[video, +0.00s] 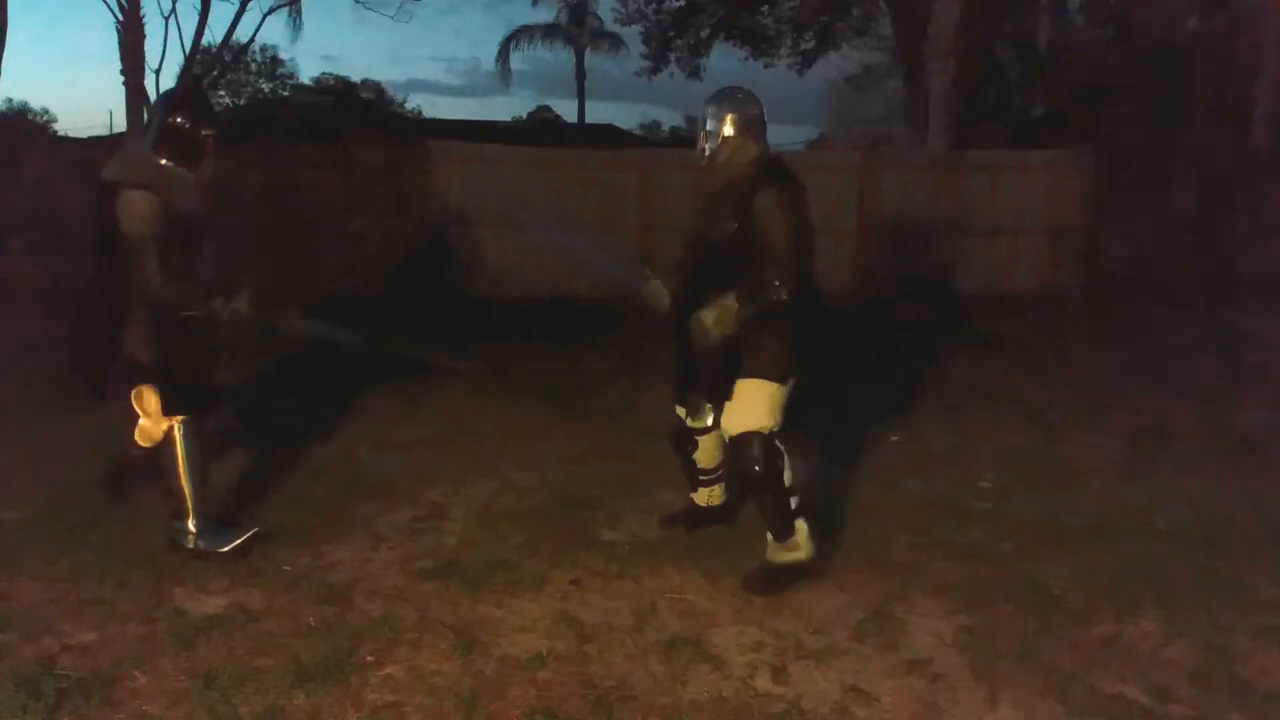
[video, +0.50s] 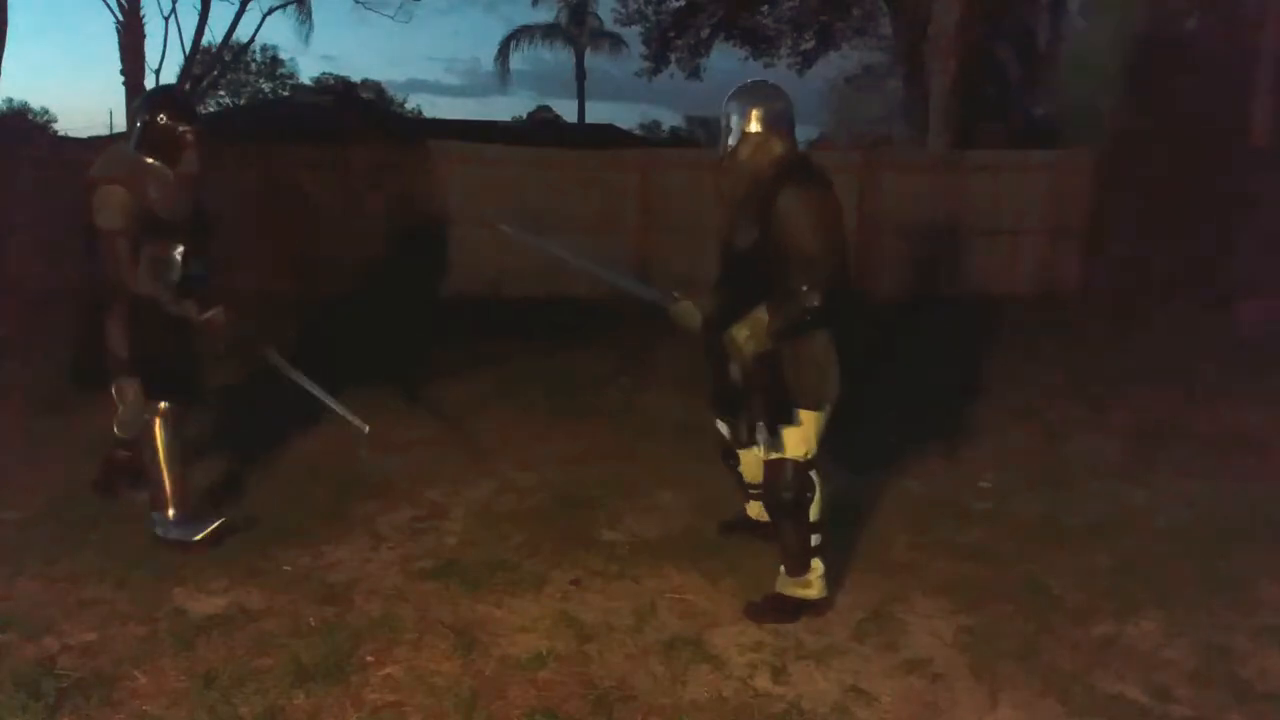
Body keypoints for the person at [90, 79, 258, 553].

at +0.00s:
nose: (206, 143)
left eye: (207, 133)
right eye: (199, 133)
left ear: (170, 133)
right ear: (174, 131)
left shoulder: (175, 184)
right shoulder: (142, 192)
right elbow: (150, 282)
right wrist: (210, 306)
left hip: (175, 321)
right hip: (158, 326)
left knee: (161, 414)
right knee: (180, 417)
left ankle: (125, 470)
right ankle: (195, 523)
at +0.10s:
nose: (203, 144)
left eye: (203, 134)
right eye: (196, 134)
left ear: (165, 138)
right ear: (168, 136)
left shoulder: (175, 187)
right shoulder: (134, 193)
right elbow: (141, 283)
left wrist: (208, 302)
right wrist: (202, 309)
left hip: (174, 316)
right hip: (153, 320)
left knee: (159, 407)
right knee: (179, 413)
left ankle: (123, 465)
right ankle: (194, 522)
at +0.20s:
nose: (195, 144)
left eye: (196, 134)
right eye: (187, 134)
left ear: (159, 135)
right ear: (161, 134)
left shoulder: (165, 182)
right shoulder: (128, 187)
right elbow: (132, 276)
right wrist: (189, 308)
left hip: (160, 310)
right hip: (140, 315)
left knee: (152, 398)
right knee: (174, 404)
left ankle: (124, 468)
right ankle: (192, 516)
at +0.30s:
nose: (192, 143)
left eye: (193, 133)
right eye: (185, 132)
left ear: (151, 131)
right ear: (161, 131)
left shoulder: (160, 181)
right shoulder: (123, 181)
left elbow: (166, 257)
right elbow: (125, 271)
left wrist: (200, 297)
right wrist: (190, 308)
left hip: (150, 306)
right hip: (138, 310)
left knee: (140, 391)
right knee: (165, 403)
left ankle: (123, 457)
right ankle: (184, 508)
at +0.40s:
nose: (188, 139)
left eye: (190, 129)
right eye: (180, 128)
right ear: (154, 127)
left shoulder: (165, 180)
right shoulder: (119, 180)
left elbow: (170, 257)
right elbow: (122, 271)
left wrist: (200, 298)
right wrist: (184, 305)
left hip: (158, 302)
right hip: (133, 305)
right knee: (169, 394)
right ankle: (177, 505)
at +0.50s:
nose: (187, 138)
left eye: (189, 129)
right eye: (179, 128)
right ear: (154, 127)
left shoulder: (173, 183)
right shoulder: (119, 183)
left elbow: (187, 255)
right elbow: (121, 275)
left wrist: (206, 299)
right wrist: (188, 310)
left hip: (166, 305)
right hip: (137, 308)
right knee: (164, 402)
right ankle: (173, 511)